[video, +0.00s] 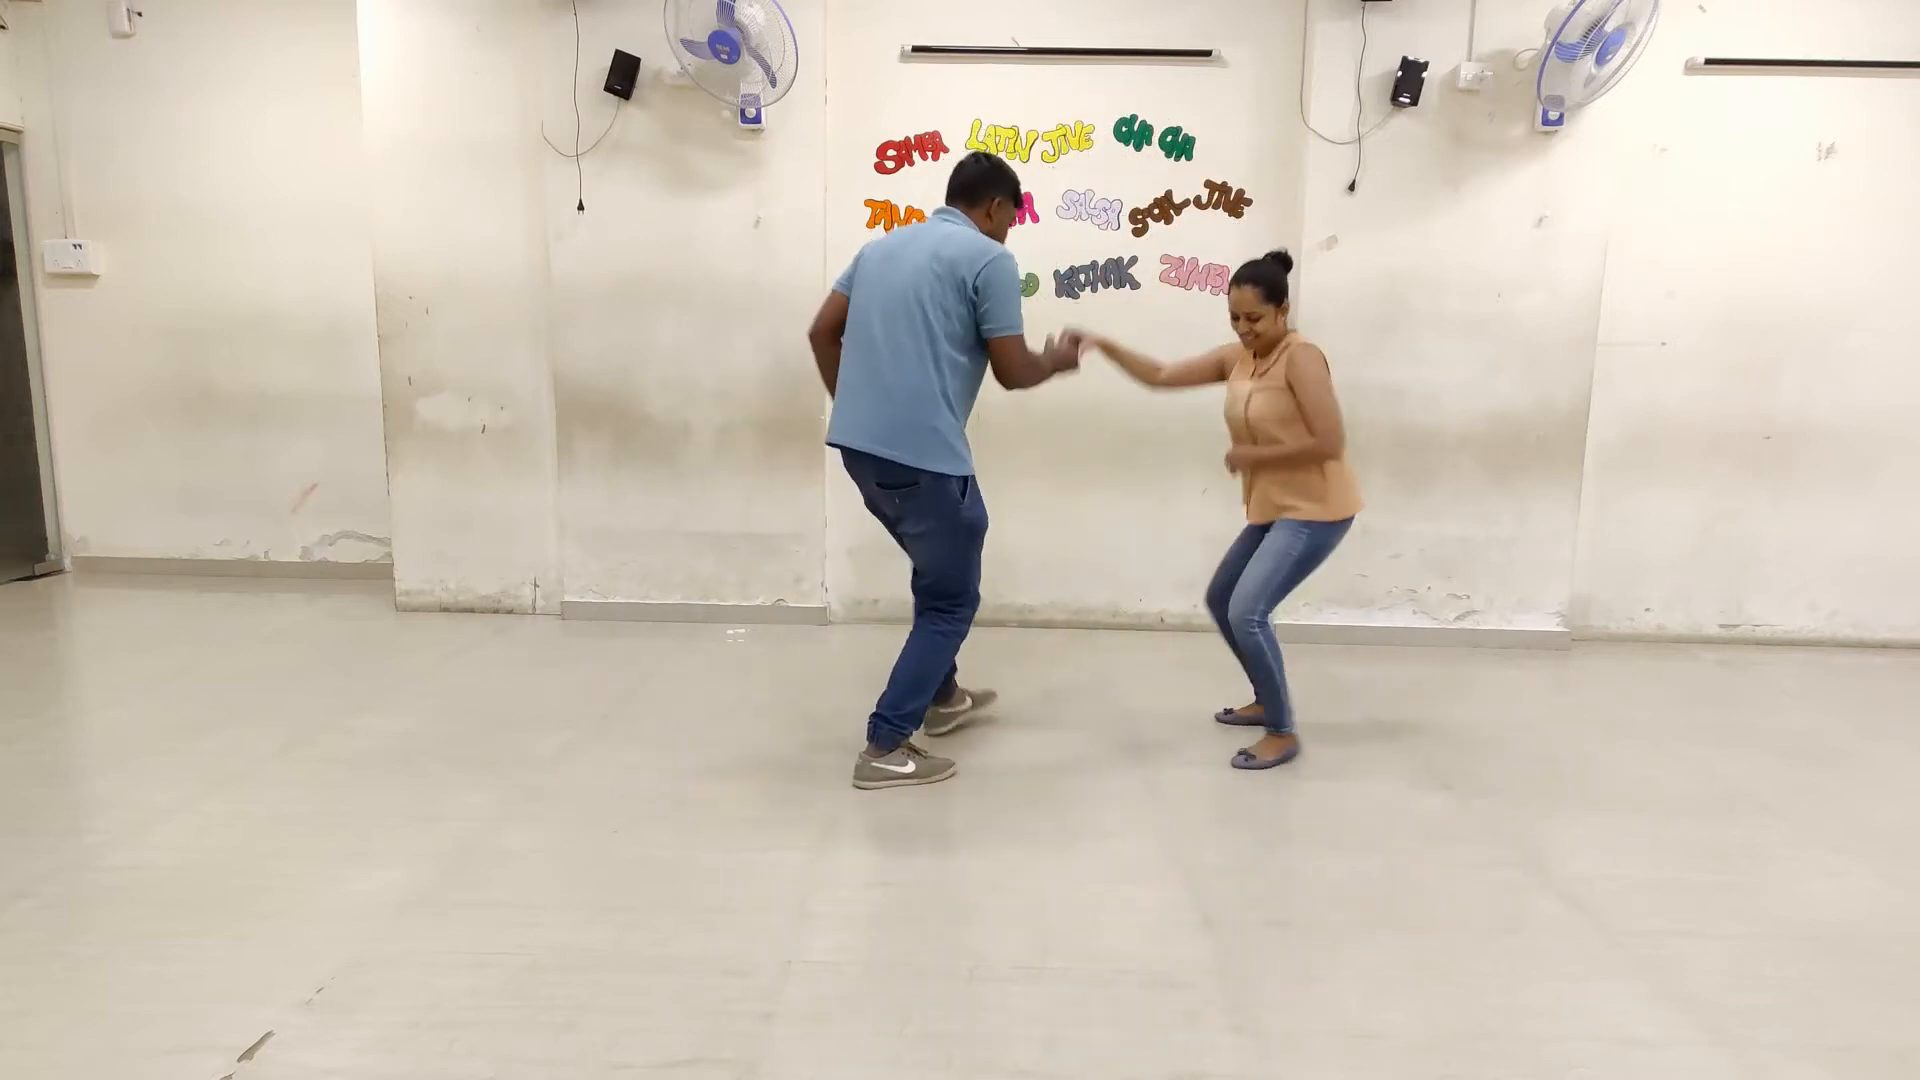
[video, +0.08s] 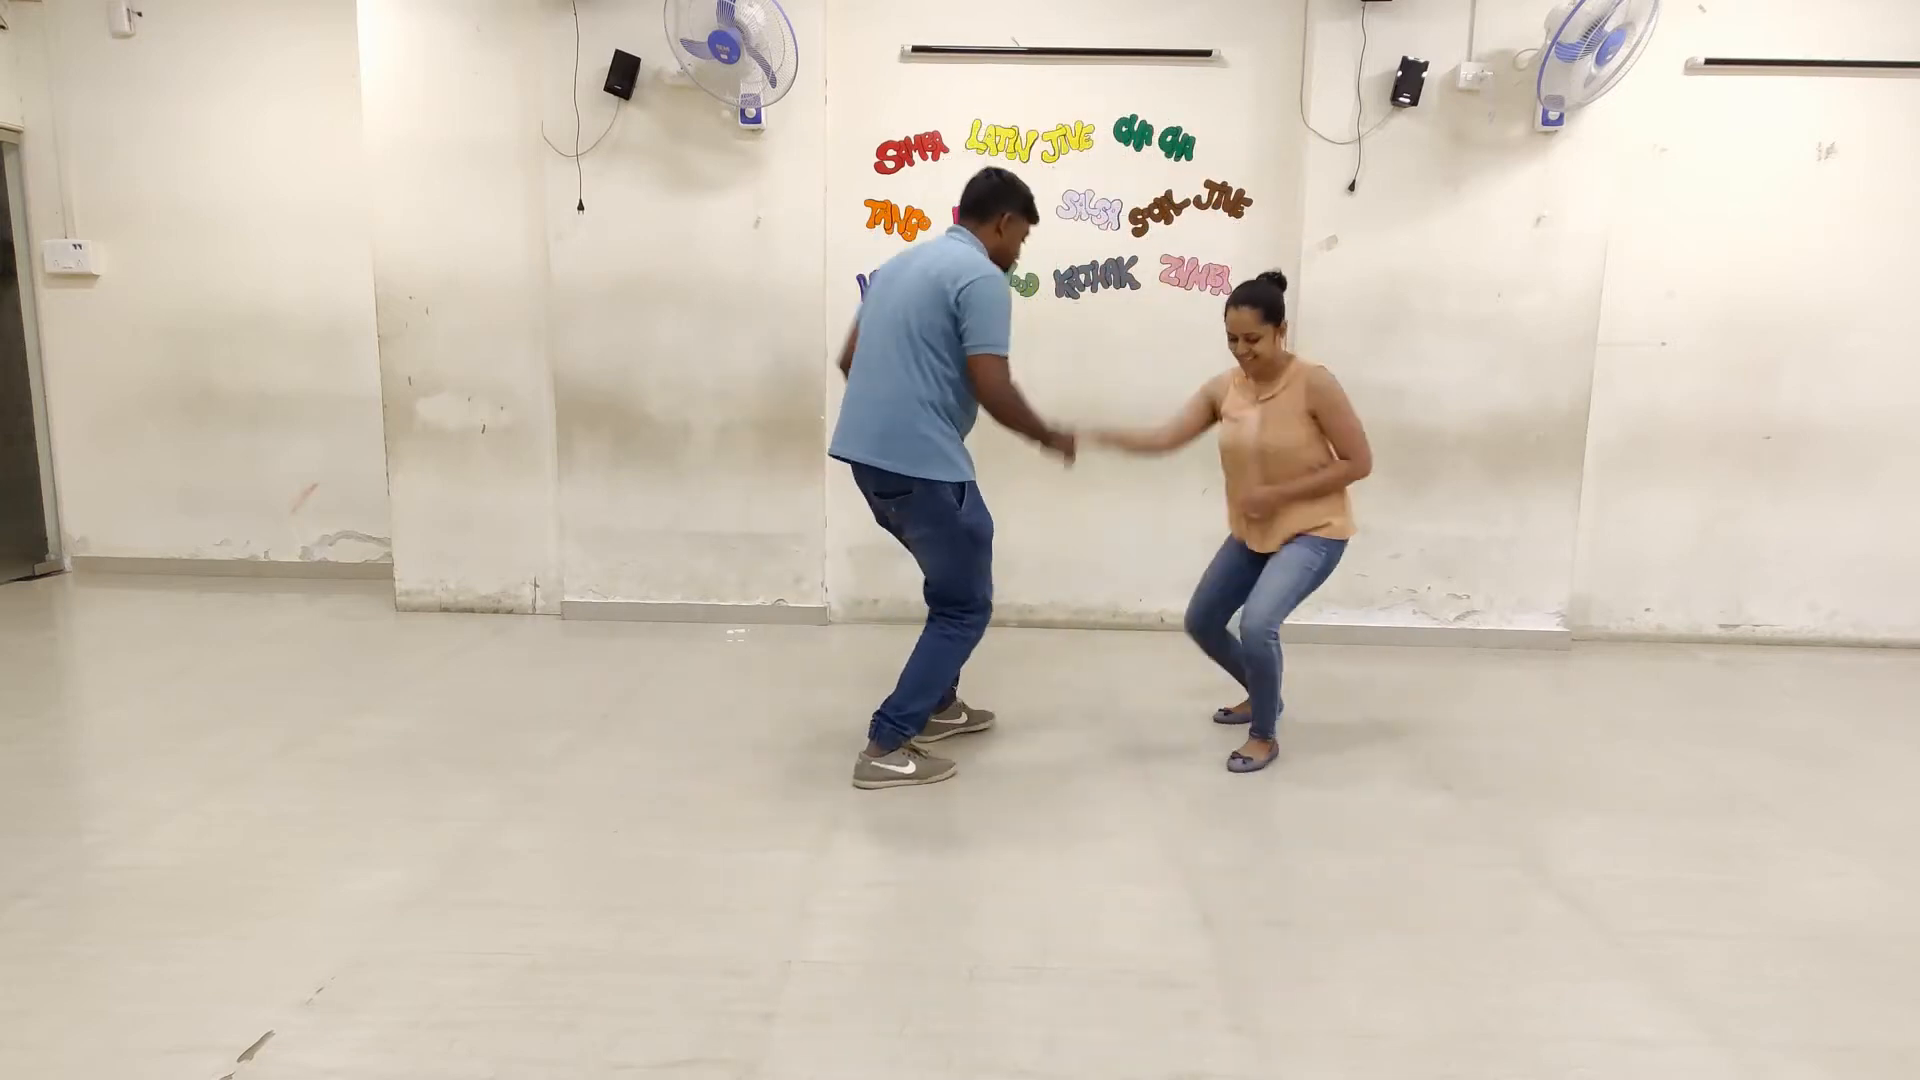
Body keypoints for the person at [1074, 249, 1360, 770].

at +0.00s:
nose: (1244, 327)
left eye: (1254, 316)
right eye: (1236, 316)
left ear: (1282, 309)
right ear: (1229, 310)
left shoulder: (1304, 359)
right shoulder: (1235, 356)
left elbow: (1330, 442)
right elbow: (1160, 375)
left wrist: (1253, 456)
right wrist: (1100, 344)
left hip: (1317, 511)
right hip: (1271, 511)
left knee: (1246, 610)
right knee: (1221, 600)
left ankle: (1283, 735)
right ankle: (1270, 702)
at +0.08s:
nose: (1242, 349)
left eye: (1253, 338)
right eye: (1234, 339)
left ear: (1281, 330)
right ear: (1226, 333)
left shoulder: (1314, 383)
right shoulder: (1223, 390)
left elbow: (1359, 462)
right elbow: (1166, 439)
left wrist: (1280, 493)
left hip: (1314, 533)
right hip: (1251, 533)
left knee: (1256, 625)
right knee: (1203, 623)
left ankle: (1263, 738)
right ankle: (1260, 690)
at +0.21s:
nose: (1243, 346)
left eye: (1253, 335)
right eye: (1233, 336)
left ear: (1280, 323)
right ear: (1224, 328)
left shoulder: (1326, 374)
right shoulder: (1218, 386)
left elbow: (1358, 444)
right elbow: (1184, 457)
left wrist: (1325, 469)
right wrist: (1123, 442)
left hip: (1310, 530)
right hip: (1238, 530)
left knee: (1290, 639)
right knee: (1214, 647)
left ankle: (1248, 735)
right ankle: (1229, 684)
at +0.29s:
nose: (1245, 338)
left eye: (1254, 325)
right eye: (1235, 328)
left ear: (1281, 312)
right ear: (1225, 320)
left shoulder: (1326, 363)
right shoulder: (1219, 377)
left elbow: (1349, 426)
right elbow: (1191, 453)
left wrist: (1336, 456)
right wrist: (1138, 420)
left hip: (1308, 525)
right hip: (1237, 526)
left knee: (1303, 633)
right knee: (1231, 635)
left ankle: (1236, 733)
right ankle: (1203, 675)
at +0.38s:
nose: (1251, 333)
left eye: (1261, 321)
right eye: (1240, 323)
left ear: (1287, 308)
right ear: (1231, 314)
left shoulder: (1322, 357)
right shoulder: (1223, 372)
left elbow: (1335, 421)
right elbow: (1201, 452)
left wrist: (1337, 454)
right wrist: (1149, 417)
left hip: (1299, 521)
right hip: (1233, 521)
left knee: (1301, 627)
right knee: (1236, 631)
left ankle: (1227, 733)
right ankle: (1177, 684)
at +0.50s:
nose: (1254, 332)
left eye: (1265, 319)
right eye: (1243, 321)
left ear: (1290, 310)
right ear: (1234, 314)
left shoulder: (1318, 360)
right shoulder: (1224, 375)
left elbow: (1324, 426)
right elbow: (1209, 459)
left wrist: (1330, 466)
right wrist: (1159, 432)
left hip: (1291, 523)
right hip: (1227, 521)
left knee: (1294, 628)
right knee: (1230, 630)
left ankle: (1223, 736)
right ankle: (1171, 686)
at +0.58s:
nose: (1248, 323)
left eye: (1259, 311)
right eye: (1239, 312)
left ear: (1287, 303)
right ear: (1231, 306)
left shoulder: (1321, 354)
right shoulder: (1220, 364)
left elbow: (1337, 421)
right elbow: (1187, 440)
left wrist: (1320, 452)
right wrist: (1159, 380)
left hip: (1292, 515)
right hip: (1224, 513)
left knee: (1289, 626)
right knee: (1223, 622)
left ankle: (1223, 736)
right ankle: (1175, 685)